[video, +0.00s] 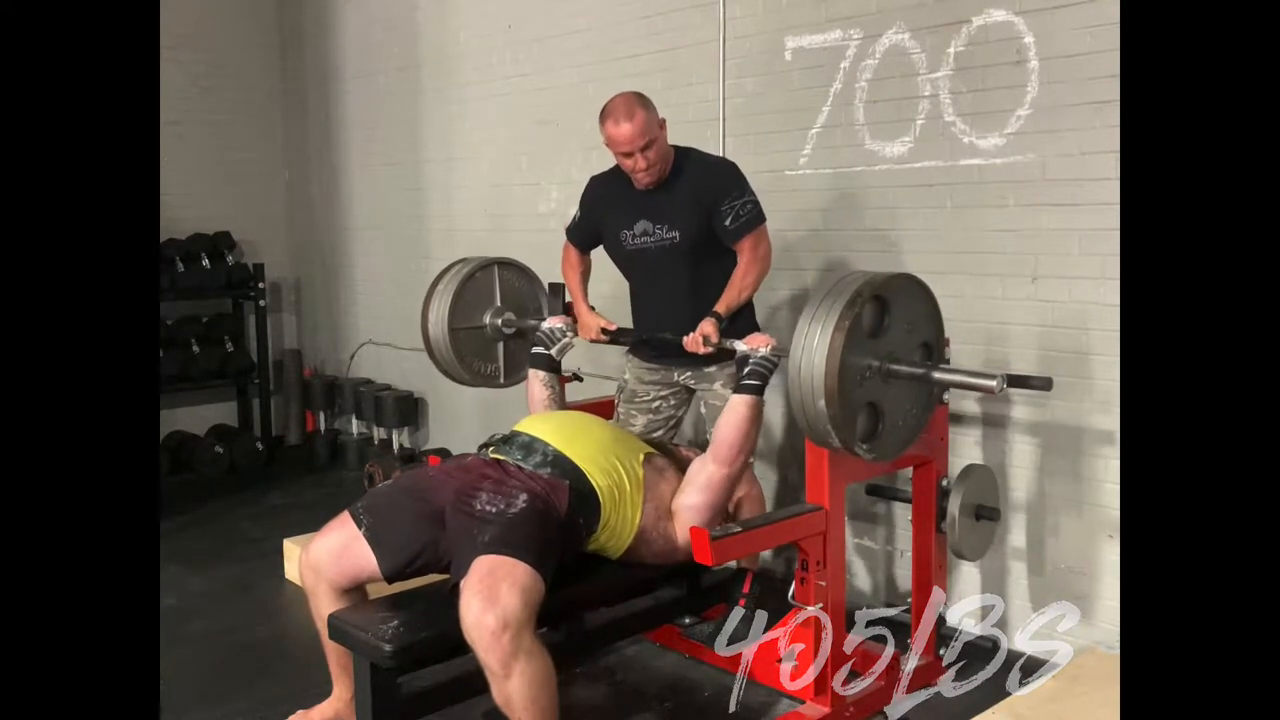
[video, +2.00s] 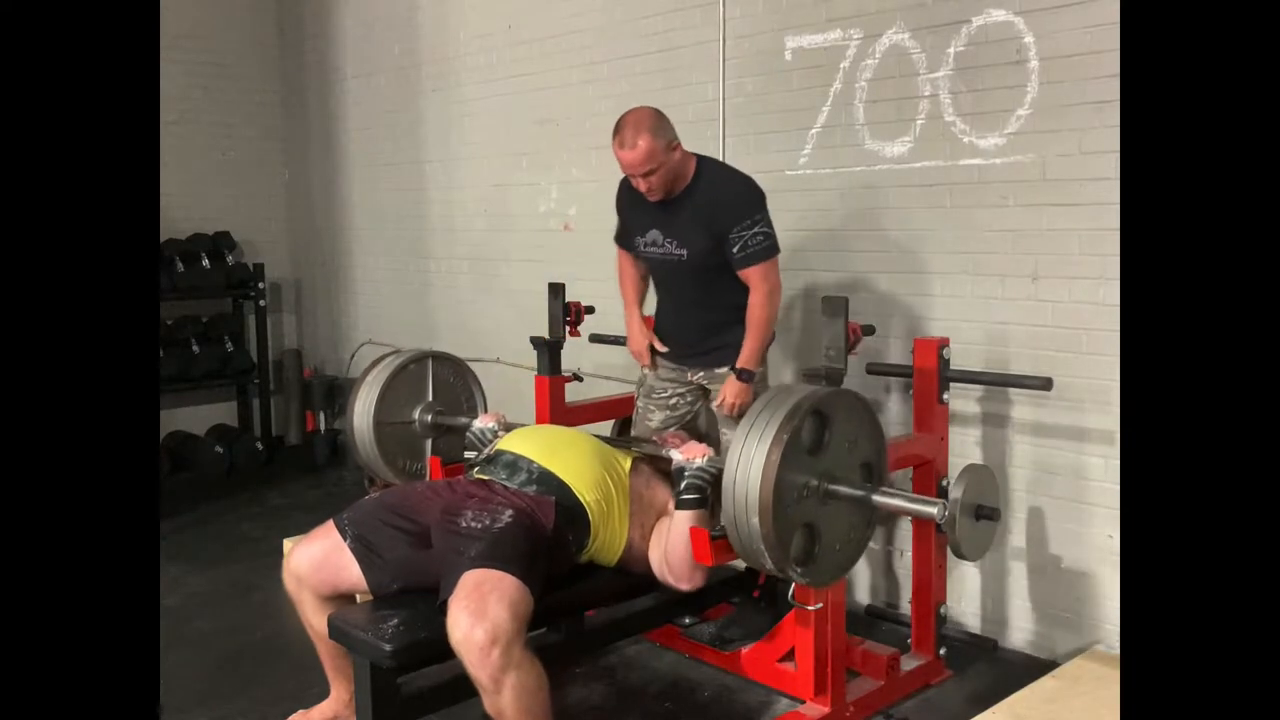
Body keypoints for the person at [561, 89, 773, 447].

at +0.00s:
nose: (641, 163)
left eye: (648, 148)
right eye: (626, 155)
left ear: (663, 127)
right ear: (608, 147)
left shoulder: (716, 178)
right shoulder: (602, 194)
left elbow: (756, 253)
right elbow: (575, 246)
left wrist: (717, 317)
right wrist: (582, 310)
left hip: (723, 360)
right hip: (651, 360)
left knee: (732, 467)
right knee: (631, 467)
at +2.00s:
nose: (640, 186)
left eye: (648, 173)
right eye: (631, 176)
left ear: (676, 151)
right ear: (622, 164)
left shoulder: (733, 194)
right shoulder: (631, 194)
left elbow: (766, 287)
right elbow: (630, 254)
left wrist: (744, 373)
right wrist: (634, 319)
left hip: (731, 366)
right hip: (667, 363)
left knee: (738, 480)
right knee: (649, 473)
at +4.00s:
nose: (675, 167)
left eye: (683, 157)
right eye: (671, 156)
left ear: (718, 145)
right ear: (676, 148)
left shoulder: (775, 184)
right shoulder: (672, 195)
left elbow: (795, 270)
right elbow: (638, 254)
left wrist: (753, 327)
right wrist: (624, 310)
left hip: (763, 354)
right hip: (697, 351)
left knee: (758, 465)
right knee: (664, 450)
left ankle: (772, 592)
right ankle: (698, 573)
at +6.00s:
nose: (683, 138)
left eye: (691, 123)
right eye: (671, 129)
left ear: (712, 108)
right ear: (658, 124)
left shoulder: (761, 169)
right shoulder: (657, 180)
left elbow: (789, 249)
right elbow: (632, 253)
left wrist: (762, 326)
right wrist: (628, 314)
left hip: (735, 355)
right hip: (670, 354)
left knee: (748, 469)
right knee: (661, 460)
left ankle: (760, 588)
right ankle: (663, 577)